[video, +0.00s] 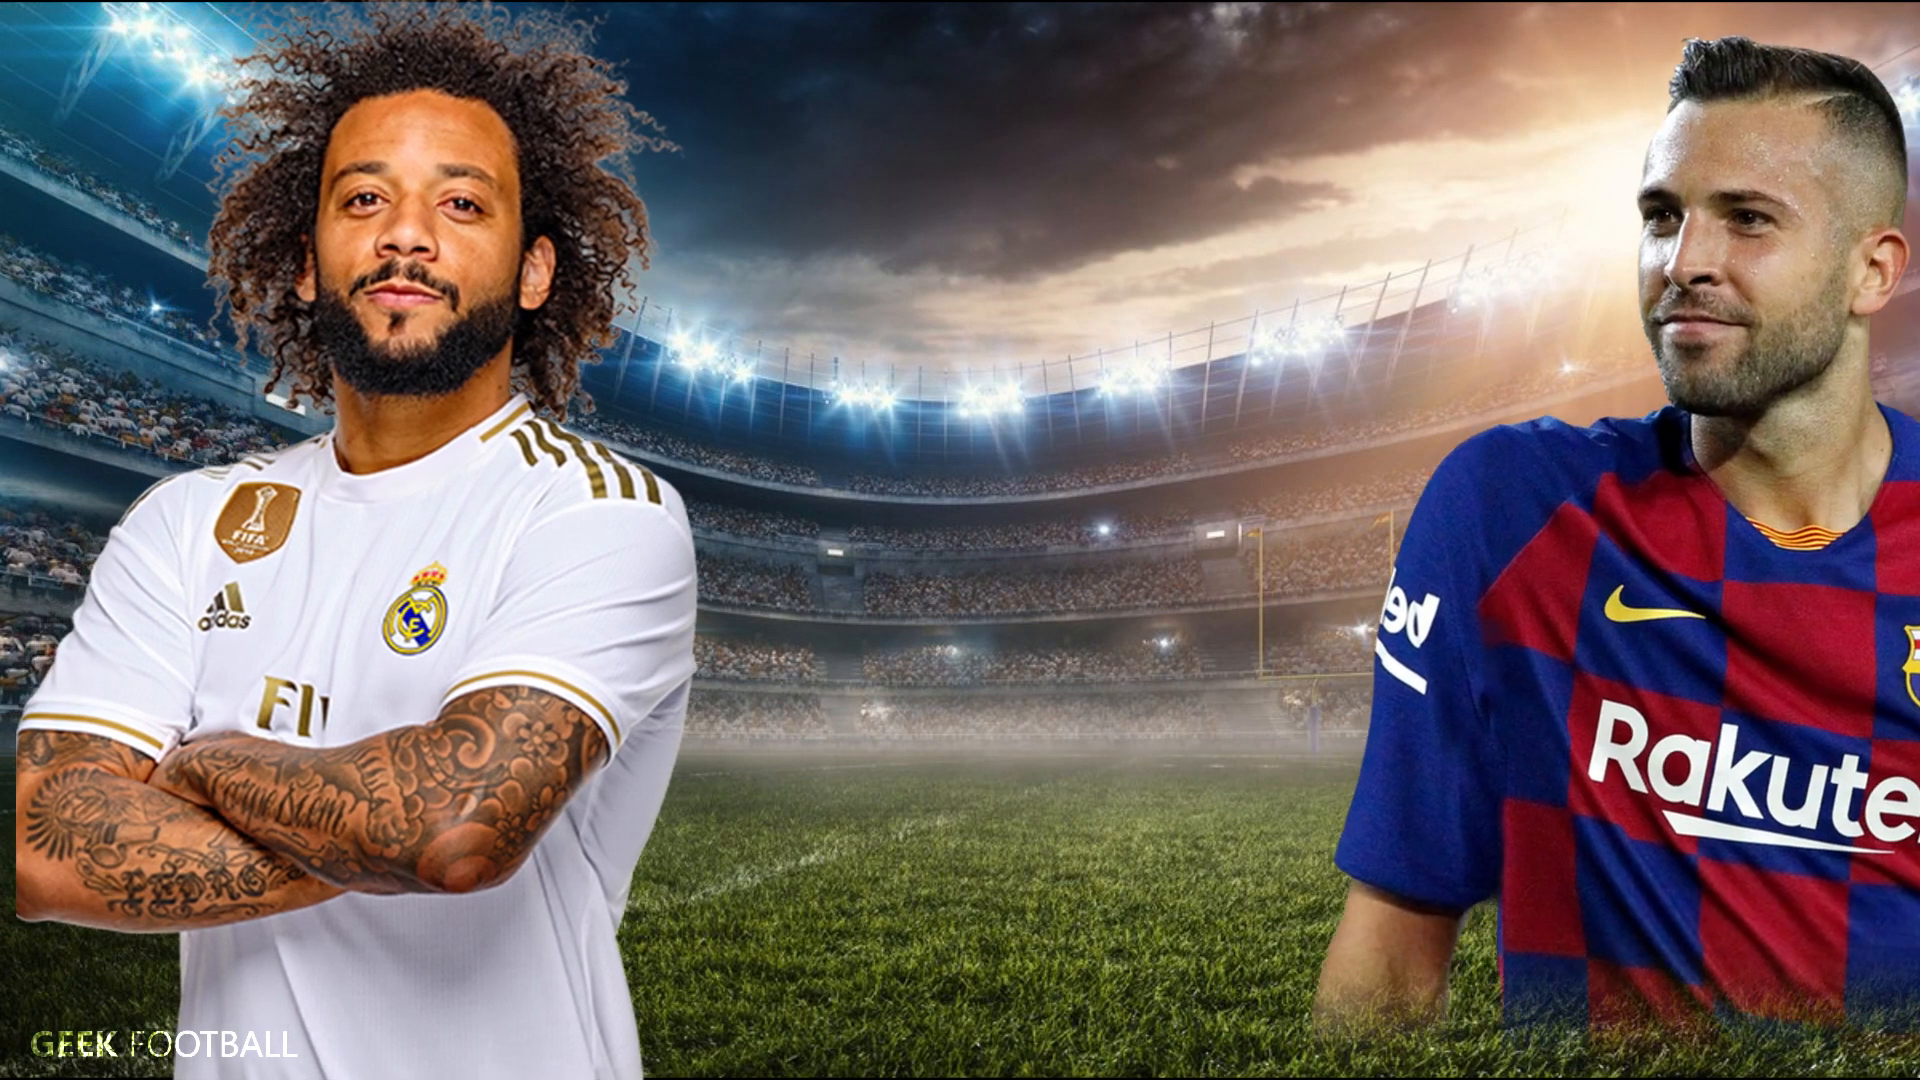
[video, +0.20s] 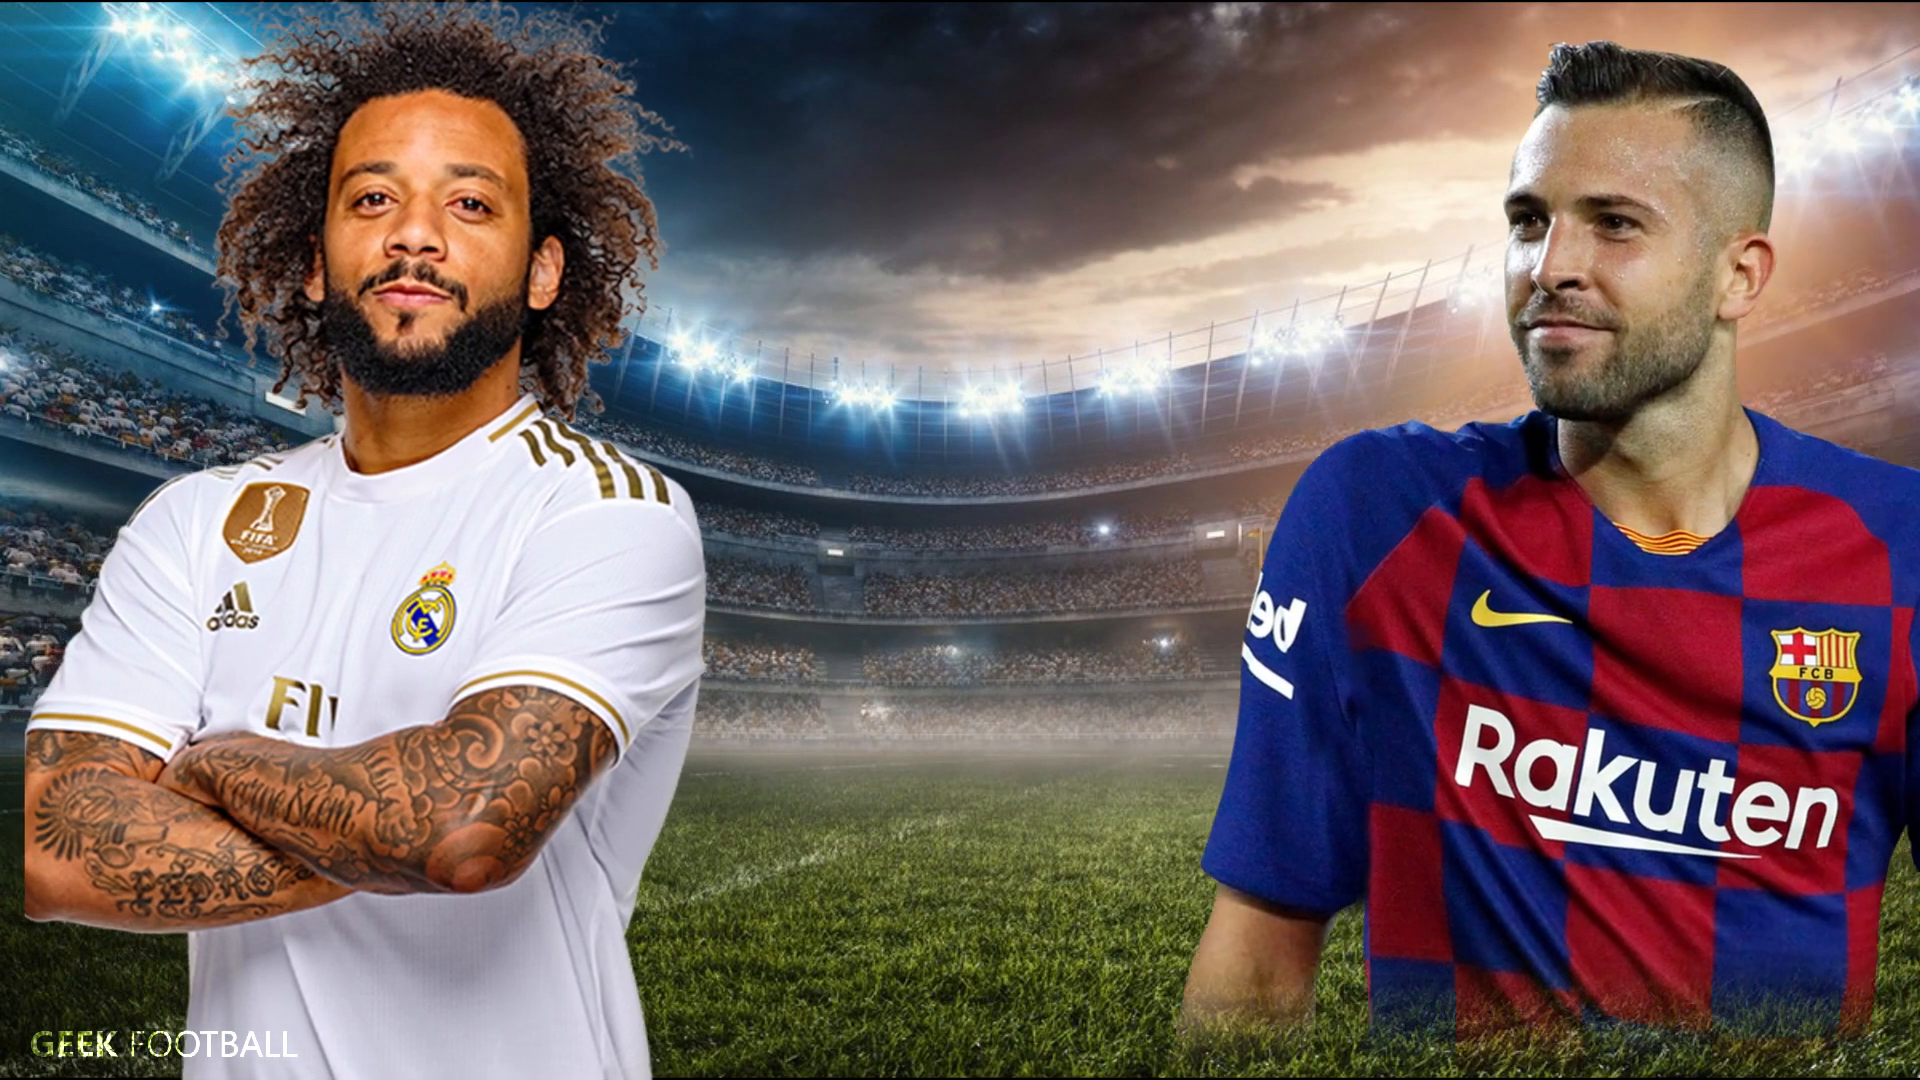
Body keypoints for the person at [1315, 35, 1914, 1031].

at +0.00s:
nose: (1683, 266)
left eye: (1749, 219)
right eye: (1663, 219)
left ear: (1874, 272)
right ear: (1642, 240)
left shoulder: (1913, 534)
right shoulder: (1507, 506)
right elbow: (1394, 938)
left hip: (1886, 1049)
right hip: (1610, 1056)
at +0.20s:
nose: (1550, 271)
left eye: (1616, 224)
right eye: (1529, 223)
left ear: (1741, 277)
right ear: (1504, 247)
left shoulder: (1900, 548)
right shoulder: (1368, 512)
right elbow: (1259, 949)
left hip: (1792, 1052)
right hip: (1465, 1050)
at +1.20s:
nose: (1405, 277)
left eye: (1472, 233)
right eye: (1386, 232)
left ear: (1598, 286)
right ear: (1361, 258)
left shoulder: (1770, 557)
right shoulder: (1227, 521)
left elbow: (1862, 929)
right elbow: (1120, 945)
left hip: (1644, 1050)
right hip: (1313, 1051)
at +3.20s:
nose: (1411, 293)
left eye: (1478, 249)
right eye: (1392, 248)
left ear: (1604, 302)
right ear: (1368, 274)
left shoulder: (1779, 569)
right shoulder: (1236, 536)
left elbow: (1872, 942)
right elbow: (1132, 960)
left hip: (1656, 1056)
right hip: (1324, 1054)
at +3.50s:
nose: (1527, 289)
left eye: (1592, 242)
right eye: (1505, 243)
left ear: (1717, 295)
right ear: (1482, 267)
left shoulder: (1892, 563)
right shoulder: (1346, 530)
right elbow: (1242, 962)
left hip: (1768, 1060)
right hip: (1445, 1055)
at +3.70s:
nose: (1653, 280)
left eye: (1719, 234)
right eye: (1633, 234)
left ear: (1844, 285)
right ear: (1612, 255)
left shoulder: (1911, 540)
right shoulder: (1480, 522)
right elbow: (1369, 960)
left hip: (1881, 1046)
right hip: (1582, 1048)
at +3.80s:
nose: (1736, 274)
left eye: (1801, 229)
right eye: (1714, 229)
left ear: (1915, 280)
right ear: (1688, 253)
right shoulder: (1561, 516)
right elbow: (1448, 946)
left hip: (1891, 1043)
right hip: (1645, 1051)